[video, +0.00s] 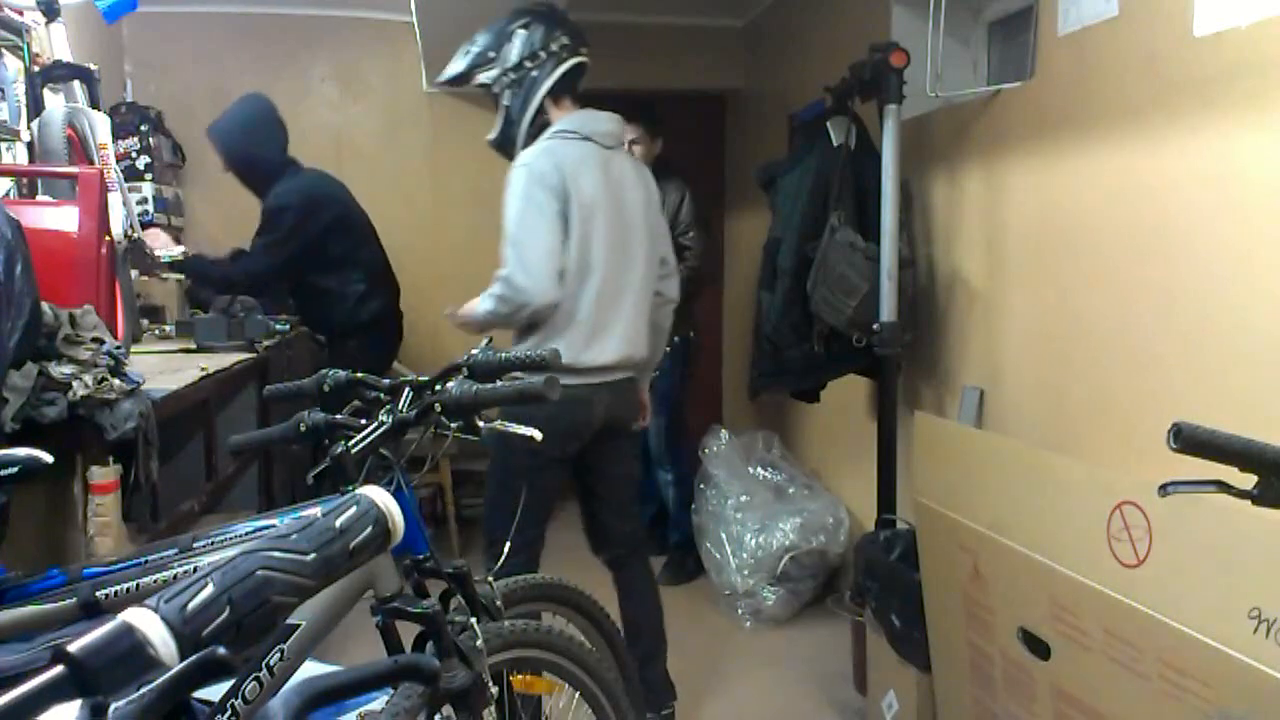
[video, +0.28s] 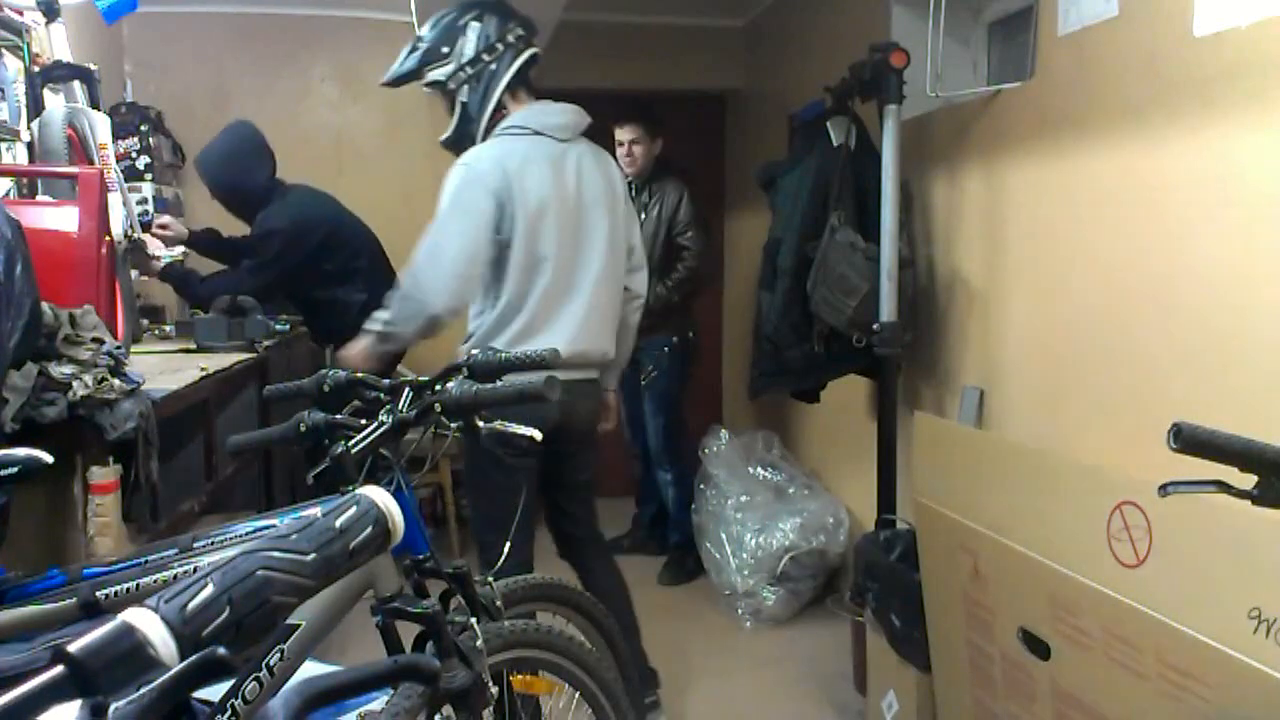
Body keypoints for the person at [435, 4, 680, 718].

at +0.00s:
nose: (497, 110)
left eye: (501, 92)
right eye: (495, 94)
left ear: (532, 84)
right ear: (565, 84)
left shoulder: (540, 164)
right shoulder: (632, 165)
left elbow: (532, 286)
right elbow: (664, 280)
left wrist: (480, 312)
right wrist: (641, 372)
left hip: (546, 396)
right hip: (618, 395)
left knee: (509, 552)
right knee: (626, 548)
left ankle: (502, 692)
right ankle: (651, 695)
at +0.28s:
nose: (444, 105)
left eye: (446, 87)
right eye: (440, 89)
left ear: (479, 74)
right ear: (517, 72)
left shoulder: (487, 166)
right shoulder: (601, 164)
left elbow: (441, 279)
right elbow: (634, 281)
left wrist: (375, 340)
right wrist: (609, 375)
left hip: (507, 392)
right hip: (580, 391)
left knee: (503, 553)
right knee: (583, 537)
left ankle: (508, 696)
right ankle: (636, 690)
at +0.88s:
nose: (421, 115)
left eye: (425, 97)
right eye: (417, 99)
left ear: (462, 81)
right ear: (479, 78)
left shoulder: (500, 165)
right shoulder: (564, 162)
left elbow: (484, 304)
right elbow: (597, 275)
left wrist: (423, 377)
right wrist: (554, 352)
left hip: (503, 393)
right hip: (555, 386)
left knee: (493, 553)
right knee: (542, 530)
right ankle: (606, 669)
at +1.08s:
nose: (461, 119)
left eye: (475, 102)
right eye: (448, 105)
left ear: (514, 90)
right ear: (435, 101)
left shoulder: (560, 174)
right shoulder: (498, 172)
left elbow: (564, 299)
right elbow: (495, 292)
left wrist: (507, 376)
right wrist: (470, 369)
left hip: (553, 382)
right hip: (508, 379)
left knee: (517, 541)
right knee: (527, 532)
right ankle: (581, 652)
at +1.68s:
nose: (505, 131)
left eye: (514, 117)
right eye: (503, 118)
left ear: (554, 112)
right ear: (549, 114)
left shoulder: (610, 203)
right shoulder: (542, 195)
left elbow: (604, 328)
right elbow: (519, 314)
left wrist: (544, 396)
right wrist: (465, 351)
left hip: (555, 399)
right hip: (505, 392)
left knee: (545, 551)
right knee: (511, 543)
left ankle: (599, 666)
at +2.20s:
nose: (522, 112)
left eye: (526, 95)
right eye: (522, 96)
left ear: (555, 94)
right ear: (596, 97)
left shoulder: (591, 193)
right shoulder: (626, 189)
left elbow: (574, 334)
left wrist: (495, 406)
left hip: (566, 416)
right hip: (594, 409)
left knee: (528, 565)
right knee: (542, 556)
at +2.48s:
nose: (530, 114)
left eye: (531, 99)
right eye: (528, 98)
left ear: (551, 97)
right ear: (620, 94)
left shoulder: (578, 192)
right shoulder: (655, 193)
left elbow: (566, 331)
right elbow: (661, 315)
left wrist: (497, 430)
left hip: (565, 414)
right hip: (610, 409)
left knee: (539, 552)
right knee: (554, 540)